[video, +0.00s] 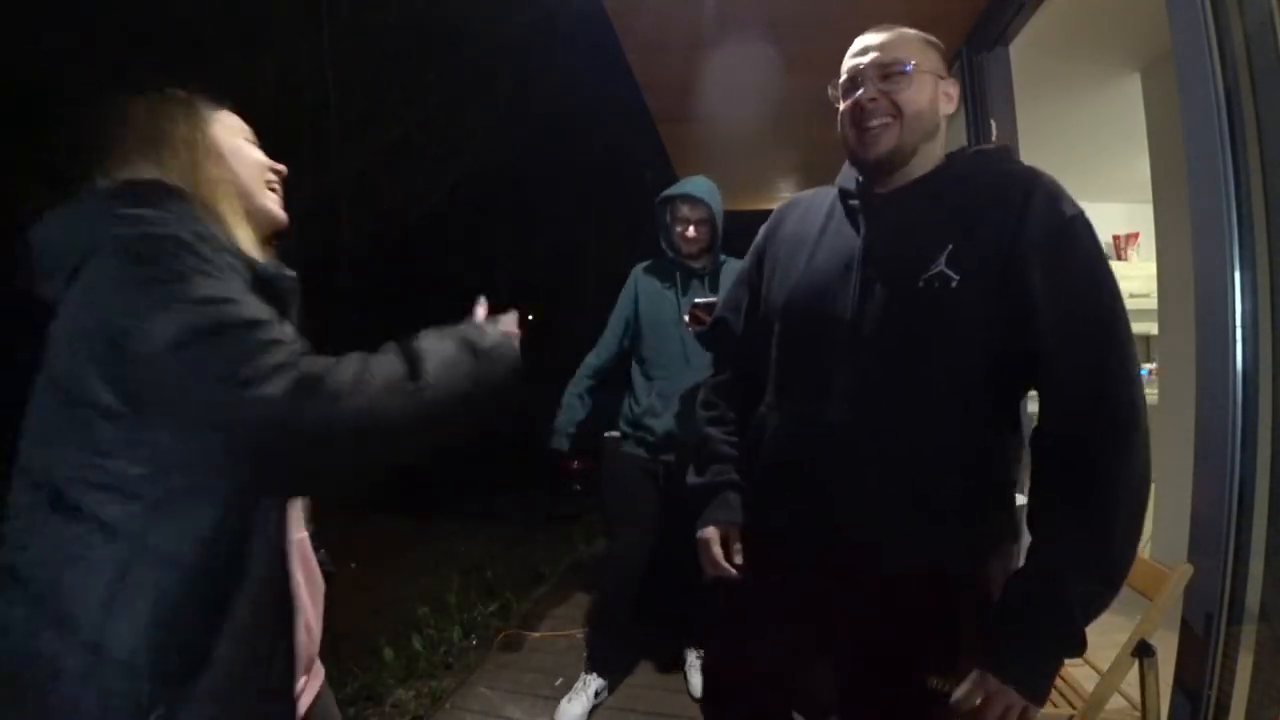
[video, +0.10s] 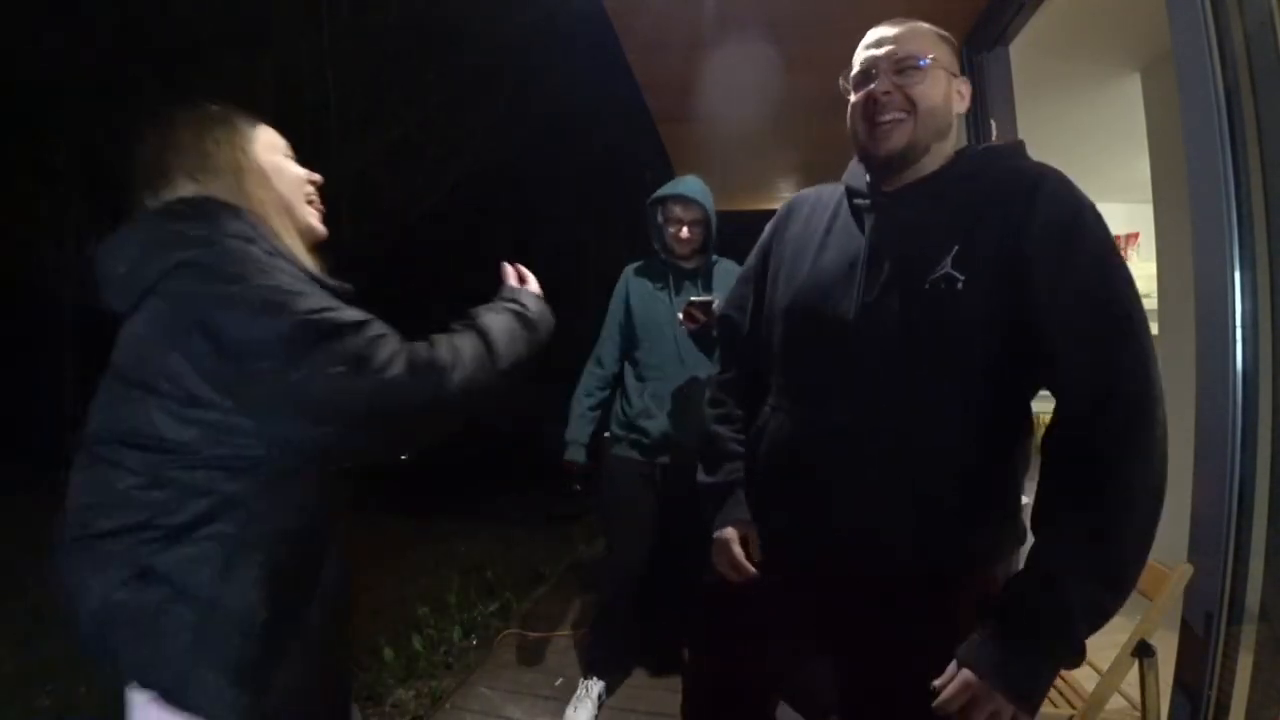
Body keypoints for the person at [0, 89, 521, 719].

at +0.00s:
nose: (277, 166)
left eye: (265, 148)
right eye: (252, 143)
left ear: (189, 161)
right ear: (191, 153)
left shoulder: (203, 266)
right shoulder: (149, 256)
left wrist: (459, 353)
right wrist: (480, 355)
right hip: (162, 684)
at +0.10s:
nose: (312, 178)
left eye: (299, 160)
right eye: (290, 158)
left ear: (233, 181)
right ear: (240, 175)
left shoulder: (207, 267)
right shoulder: (230, 276)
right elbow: (399, 380)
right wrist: (522, 314)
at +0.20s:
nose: (355, 191)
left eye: (342, 175)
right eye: (332, 174)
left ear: (282, 198)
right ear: (286, 194)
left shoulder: (246, 280)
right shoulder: (298, 288)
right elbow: (454, 372)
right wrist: (581, 369)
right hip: (278, 622)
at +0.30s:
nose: (405, 207)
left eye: (395, 192)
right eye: (387, 193)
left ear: (305, 220)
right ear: (354, 209)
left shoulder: (268, 311)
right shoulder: (383, 309)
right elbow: (507, 399)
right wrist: (603, 386)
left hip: (265, 610)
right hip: (342, 631)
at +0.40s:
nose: (476, 232)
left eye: (468, 216)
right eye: (461, 214)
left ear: (384, 231)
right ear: (424, 226)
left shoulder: (338, 300)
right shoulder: (438, 313)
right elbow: (543, 421)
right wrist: (636, 410)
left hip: (307, 582)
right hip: (384, 617)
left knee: (345, 703)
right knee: (462, 708)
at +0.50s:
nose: (542, 261)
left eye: (539, 245)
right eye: (534, 243)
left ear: (454, 242)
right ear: (497, 244)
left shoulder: (395, 308)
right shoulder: (494, 323)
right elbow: (583, 424)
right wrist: (676, 453)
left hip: (361, 570)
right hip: (447, 601)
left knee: (379, 705)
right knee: (512, 705)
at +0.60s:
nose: (608, 282)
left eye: (608, 270)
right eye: (603, 269)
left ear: (519, 252)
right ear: (580, 270)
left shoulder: (451, 324)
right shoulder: (578, 362)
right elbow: (645, 483)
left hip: (413, 568)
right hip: (509, 602)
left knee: (458, 702)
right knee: (542, 707)